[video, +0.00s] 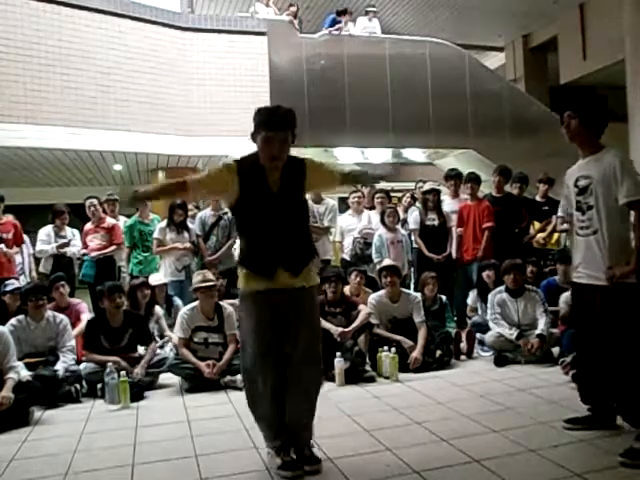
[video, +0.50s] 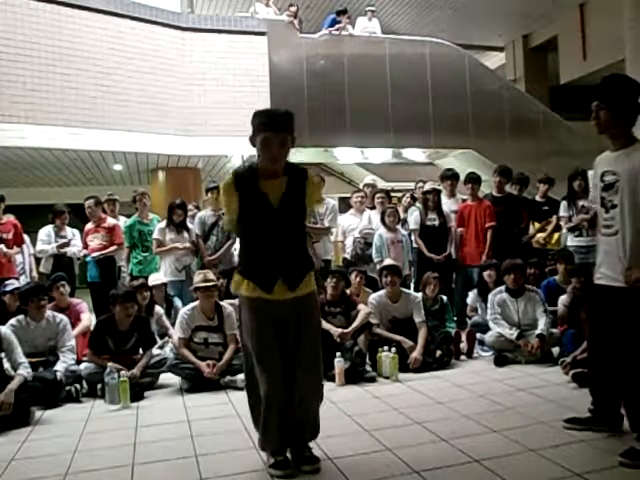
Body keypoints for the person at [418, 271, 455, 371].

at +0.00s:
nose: (431, 287)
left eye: (434, 284)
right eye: (428, 284)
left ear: (437, 287)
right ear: (423, 286)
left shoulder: (442, 300)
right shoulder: (417, 300)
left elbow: (449, 319)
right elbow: (417, 320)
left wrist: (450, 332)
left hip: (440, 331)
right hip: (424, 331)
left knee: (445, 336)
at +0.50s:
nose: (432, 288)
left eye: (435, 285)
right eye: (429, 284)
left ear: (439, 287)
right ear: (424, 286)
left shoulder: (443, 300)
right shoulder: (418, 299)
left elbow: (449, 319)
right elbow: (416, 317)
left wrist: (450, 331)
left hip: (440, 329)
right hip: (425, 329)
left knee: (446, 336)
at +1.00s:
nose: (436, 291)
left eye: (438, 288)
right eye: (433, 288)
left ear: (442, 290)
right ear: (428, 289)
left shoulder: (447, 302)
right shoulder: (422, 302)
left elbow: (453, 321)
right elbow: (421, 321)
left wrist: (454, 334)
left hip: (444, 331)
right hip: (429, 331)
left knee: (450, 339)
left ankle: (443, 357)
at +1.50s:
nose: (435, 291)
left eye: (438, 288)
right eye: (432, 288)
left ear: (442, 290)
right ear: (427, 290)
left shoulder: (446, 303)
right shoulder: (421, 302)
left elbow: (453, 321)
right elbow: (420, 321)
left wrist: (454, 333)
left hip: (444, 331)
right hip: (429, 331)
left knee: (449, 338)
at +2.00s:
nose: (435, 292)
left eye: (437, 288)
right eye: (432, 289)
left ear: (441, 290)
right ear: (427, 290)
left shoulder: (446, 303)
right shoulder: (422, 302)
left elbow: (453, 322)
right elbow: (421, 321)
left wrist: (453, 334)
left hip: (444, 331)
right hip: (429, 331)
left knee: (449, 338)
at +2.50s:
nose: (435, 292)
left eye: (437, 288)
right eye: (432, 289)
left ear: (441, 290)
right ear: (427, 291)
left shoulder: (446, 303)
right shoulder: (421, 302)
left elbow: (453, 322)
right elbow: (421, 321)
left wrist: (452, 334)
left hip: (444, 330)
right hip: (429, 331)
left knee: (449, 338)